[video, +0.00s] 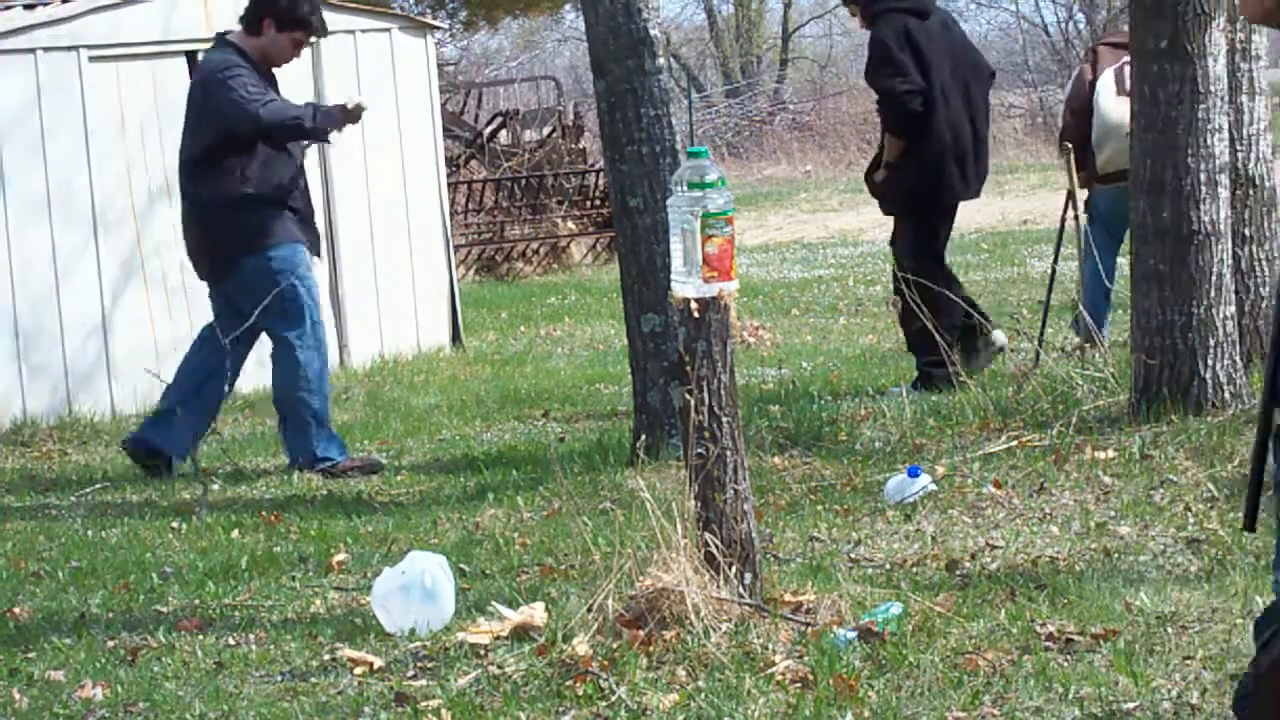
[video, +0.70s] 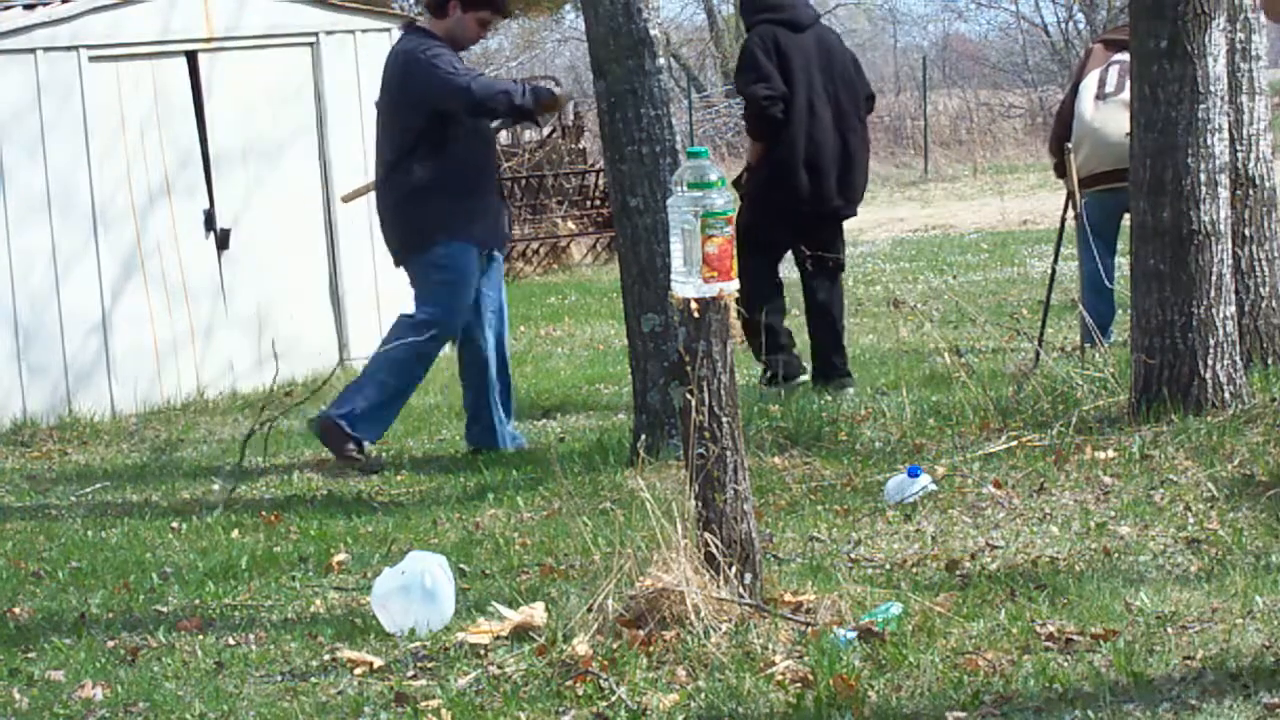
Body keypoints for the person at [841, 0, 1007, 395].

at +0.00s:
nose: (855, 18)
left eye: (853, 9)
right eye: (852, 11)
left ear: (866, 2)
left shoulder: (886, 29)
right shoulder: (938, 19)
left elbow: (904, 101)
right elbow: (981, 72)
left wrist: (888, 161)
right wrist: (966, 136)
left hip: (923, 169)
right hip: (957, 163)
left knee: (912, 269)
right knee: (924, 261)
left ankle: (937, 374)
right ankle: (976, 335)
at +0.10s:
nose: (834, 16)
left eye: (833, 9)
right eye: (831, 10)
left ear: (845, 3)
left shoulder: (865, 30)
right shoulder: (921, 20)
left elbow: (883, 103)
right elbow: (962, 75)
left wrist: (869, 164)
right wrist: (949, 142)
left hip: (901, 172)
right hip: (937, 163)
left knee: (900, 260)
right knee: (899, 257)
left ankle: (929, 370)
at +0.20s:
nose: (812, 16)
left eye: (812, 9)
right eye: (811, 11)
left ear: (825, 4)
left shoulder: (846, 35)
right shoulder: (904, 25)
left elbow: (860, 105)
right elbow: (943, 80)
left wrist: (852, 163)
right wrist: (929, 146)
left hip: (884, 176)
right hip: (924, 168)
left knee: (903, 271)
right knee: (871, 268)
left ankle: (937, 372)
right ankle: (852, 368)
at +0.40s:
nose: (785, 19)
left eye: (786, 12)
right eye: (784, 13)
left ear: (798, 9)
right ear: (835, 2)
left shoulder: (811, 41)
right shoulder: (872, 37)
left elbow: (820, 110)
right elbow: (906, 97)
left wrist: (807, 171)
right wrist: (889, 158)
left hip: (837, 180)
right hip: (881, 175)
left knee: (844, 274)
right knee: (848, 275)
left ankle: (920, 360)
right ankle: (832, 374)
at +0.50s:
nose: (770, 18)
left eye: (772, 11)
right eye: (770, 12)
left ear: (784, 8)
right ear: (823, 3)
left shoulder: (794, 40)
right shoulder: (857, 38)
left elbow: (800, 106)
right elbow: (890, 98)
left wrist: (788, 160)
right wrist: (867, 146)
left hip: (817, 176)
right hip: (863, 172)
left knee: (793, 264)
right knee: (840, 270)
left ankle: (875, 336)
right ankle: (831, 376)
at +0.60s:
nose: (757, 15)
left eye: (759, 10)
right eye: (758, 11)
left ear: (768, 8)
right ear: (811, 3)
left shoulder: (778, 38)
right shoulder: (842, 37)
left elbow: (783, 103)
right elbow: (877, 96)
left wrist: (769, 160)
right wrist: (849, 140)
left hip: (799, 174)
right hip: (848, 170)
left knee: (765, 254)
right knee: (832, 265)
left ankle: (830, 343)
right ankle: (833, 367)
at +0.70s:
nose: (741, 16)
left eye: (743, 11)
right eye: (742, 12)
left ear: (753, 8)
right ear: (798, 3)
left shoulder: (761, 40)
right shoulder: (829, 39)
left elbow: (766, 106)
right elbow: (863, 97)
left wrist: (753, 161)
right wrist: (833, 139)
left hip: (779, 178)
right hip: (832, 173)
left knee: (756, 264)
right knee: (824, 272)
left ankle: (780, 366)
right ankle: (833, 373)